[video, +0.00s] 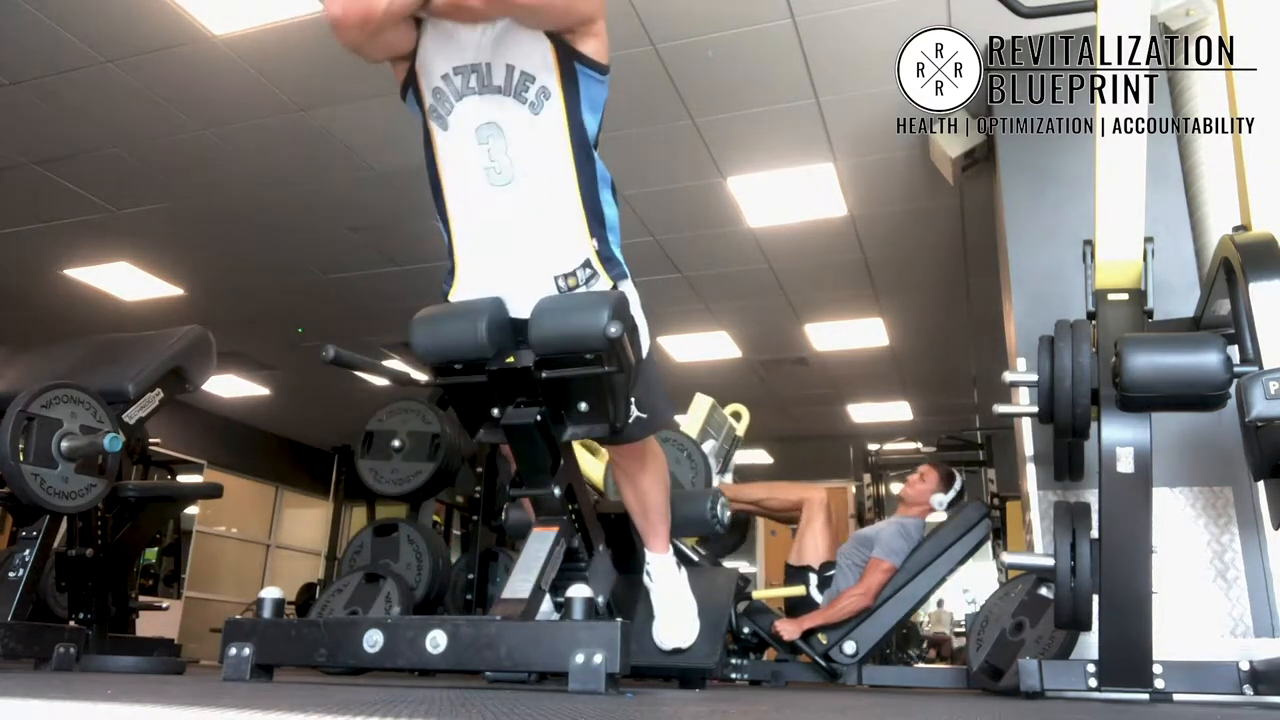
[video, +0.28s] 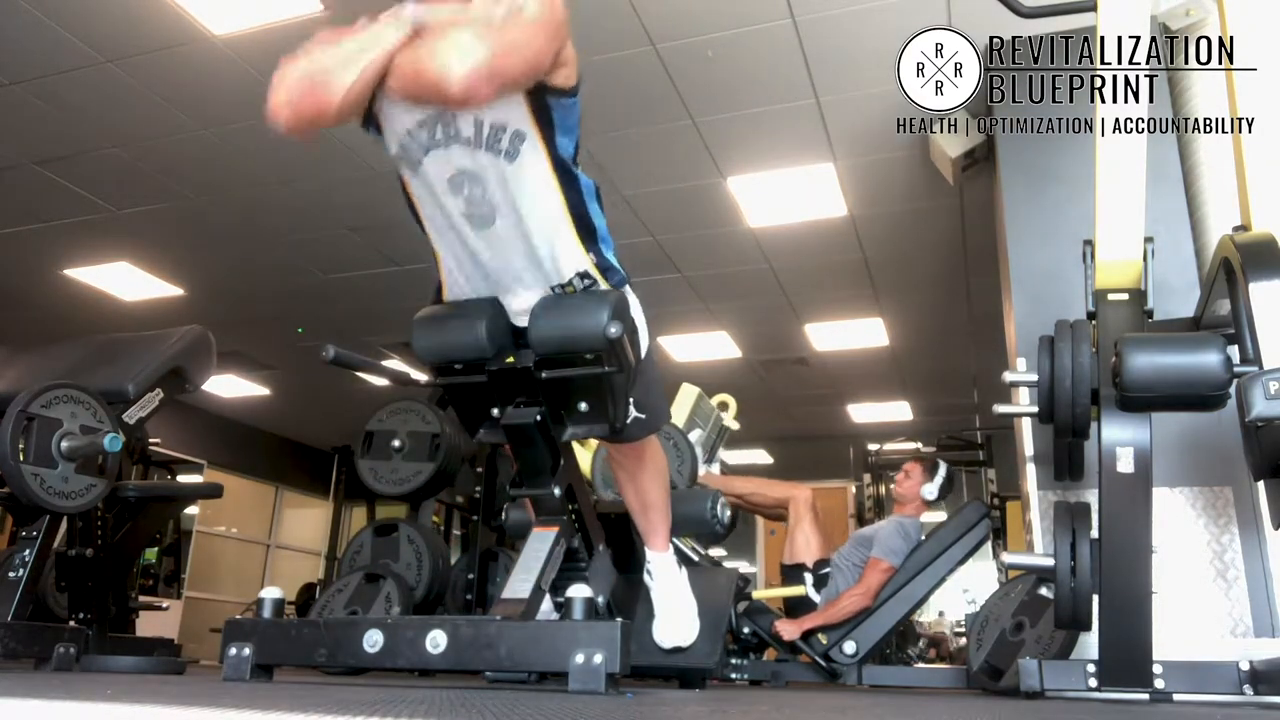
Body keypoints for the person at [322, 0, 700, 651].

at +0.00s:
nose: (473, 4)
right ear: (445, 1)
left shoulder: (577, 13)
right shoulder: (418, 41)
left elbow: (485, 6)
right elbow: (344, 12)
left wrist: (420, 1)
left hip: (585, 273)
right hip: (480, 285)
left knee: (629, 428)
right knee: (514, 438)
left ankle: (660, 565)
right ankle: (544, 551)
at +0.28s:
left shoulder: (536, 12)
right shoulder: (363, 42)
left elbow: (466, 77)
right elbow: (286, 107)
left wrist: (358, 55)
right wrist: (404, 20)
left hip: (577, 284)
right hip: (478, 303)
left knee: (628, 426)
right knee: (519, 437)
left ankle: (660, 560)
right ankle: (549, 535)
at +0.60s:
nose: (325, 127)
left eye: (343, 101)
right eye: (307, 107)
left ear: (398, 73)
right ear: (292, 100)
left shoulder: (490, 141)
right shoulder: (297, 189)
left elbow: (461, 318)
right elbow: (287, 346)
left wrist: (345, 267)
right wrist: (385, 250)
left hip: (568, 300)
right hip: (467, 330)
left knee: (624, 411)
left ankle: (662, 563)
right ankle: (548, 530)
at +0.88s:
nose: (327, 300)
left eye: (342, 279)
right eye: (311, 283)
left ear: (394, 226)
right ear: (292, 257)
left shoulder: (496, 244)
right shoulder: (304, 291)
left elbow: (495, 447)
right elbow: (325, 463)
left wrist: (367, 381)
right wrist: (417, 396)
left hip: (574, 301)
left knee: (632, 426)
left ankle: (662, 560)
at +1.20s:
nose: (359, 422)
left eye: (372, 404)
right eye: (338, 410)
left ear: (416, 345)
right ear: (310, 378)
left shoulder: (508, 343)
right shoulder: (322, 381)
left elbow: (528, 515)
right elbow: (361, 519)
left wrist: (403, 465)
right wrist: (441, 497)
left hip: (573, 264)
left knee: (631, 421)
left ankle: (662, 562)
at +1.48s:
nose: (327, 313)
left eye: (341, 293)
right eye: (309, 294)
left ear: (393, 246)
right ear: (293, 270)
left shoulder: (498, 262)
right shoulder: (307, 287)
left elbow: (497, 459)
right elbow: (323, 464)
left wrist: (375, 396)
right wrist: (414, 414)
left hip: (574, 308)